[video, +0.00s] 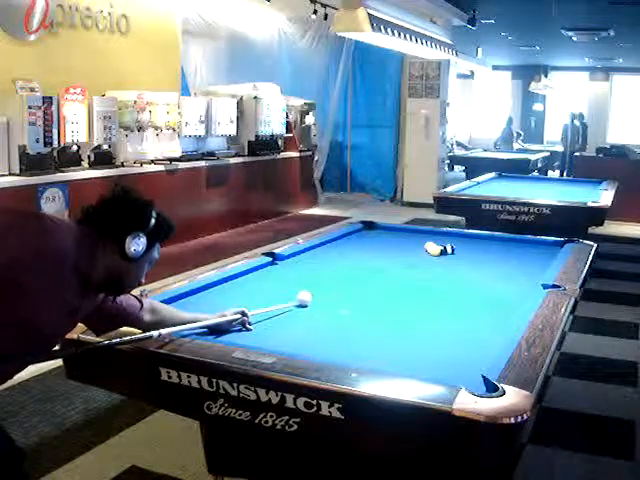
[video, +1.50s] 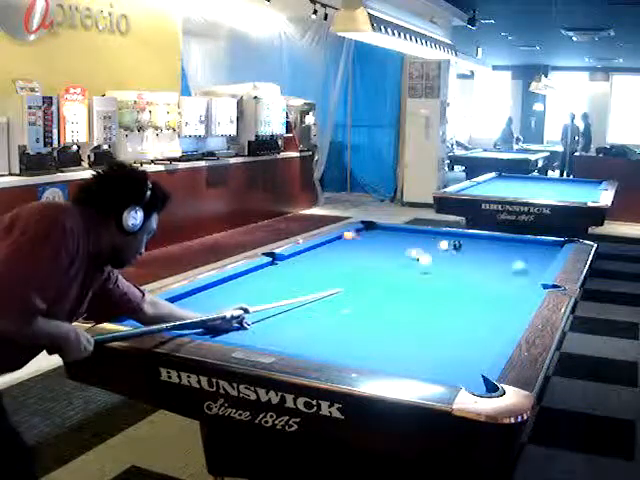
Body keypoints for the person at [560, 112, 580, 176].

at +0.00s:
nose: (571, 119)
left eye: (572, 117)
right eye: (570, 117)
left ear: (574, 118)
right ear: (569, 117)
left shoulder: (577, 127)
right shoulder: (565, 126)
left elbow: (578, 137)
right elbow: (562, 135)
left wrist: (578, 145)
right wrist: (563, 143)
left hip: (573, 146)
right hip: (566, 146)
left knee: (571, 160)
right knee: (563, 160)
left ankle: (569, 173)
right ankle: (561, 172)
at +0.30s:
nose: (572, 119)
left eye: (573, 117)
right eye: (571, 117)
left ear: (575, 118)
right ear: (569, 117)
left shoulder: (576, 128)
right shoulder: (565, 126)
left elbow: (578, 137)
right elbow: (562, 136)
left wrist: (576, 144)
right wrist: (563, 143)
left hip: (572, 147)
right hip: (565, 146)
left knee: (571, 160)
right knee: (563, 160)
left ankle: (569, 173)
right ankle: (561, 172)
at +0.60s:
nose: (572, 119)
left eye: (573, 117)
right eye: (571, 117)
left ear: (574, 118)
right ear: (569, 117)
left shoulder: (576, 127)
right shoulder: (565, 126)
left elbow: (578, 137)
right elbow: (562, 135)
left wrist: (577, 144)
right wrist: (563, 142)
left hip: (573, 147)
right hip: (565, 146)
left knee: (571, 160)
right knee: (563, 160)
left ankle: (569, 173)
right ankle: (561, 173)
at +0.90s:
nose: (572, 119)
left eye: (573, 117)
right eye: (571, 117)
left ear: (574, 118)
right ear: (569, 117)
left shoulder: (576, 127)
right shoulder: (565, 126)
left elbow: (578, 136)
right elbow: (562, 135)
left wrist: (577, 145)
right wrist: (563, 142)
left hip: (573, 146)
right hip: (565, 146)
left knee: (571, 160)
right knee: (563, 160)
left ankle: (569, 173)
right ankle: (561, 173)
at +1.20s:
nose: (572, 119)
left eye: (573, 117)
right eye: (571, 117)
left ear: (574, 118)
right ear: (569, 117)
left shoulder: (577, 127)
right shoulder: (565, 126)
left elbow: (578, 136)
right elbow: (562, 135)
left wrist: (577, 144)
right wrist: (563, 143)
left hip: (573, 146)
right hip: (566, 146)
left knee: (571, 160)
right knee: (563, 160)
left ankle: (569, 173)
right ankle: (561, 173)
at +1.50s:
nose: (572, 119)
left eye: (573, 117)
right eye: (571, 117)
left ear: (574, 118)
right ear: (569, 117)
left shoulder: (576, 127)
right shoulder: (565, 126)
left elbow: (578, 136)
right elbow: (562, 135)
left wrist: (577, 144)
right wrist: (563, 143)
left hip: (573, 146)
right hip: (566, 146)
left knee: (571, 160)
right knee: (563, 160)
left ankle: (569, 173)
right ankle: (561, 173)